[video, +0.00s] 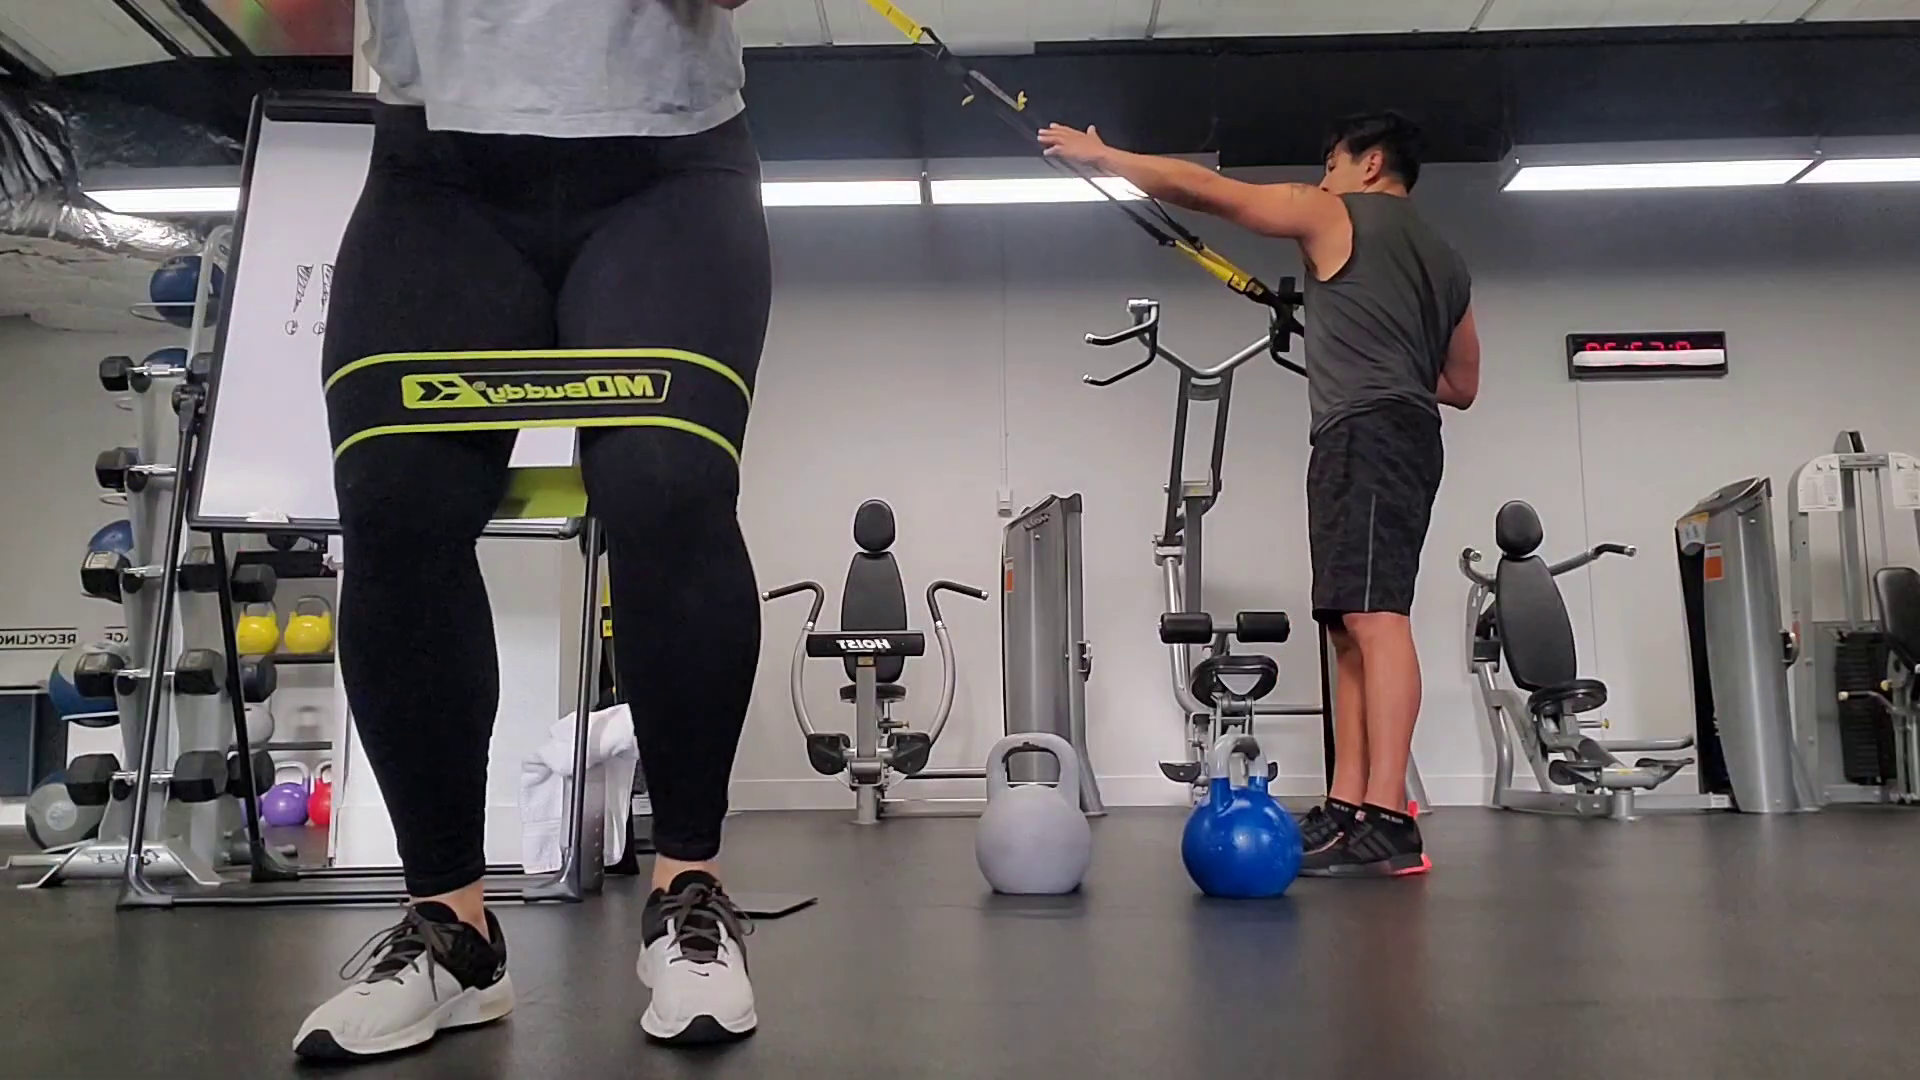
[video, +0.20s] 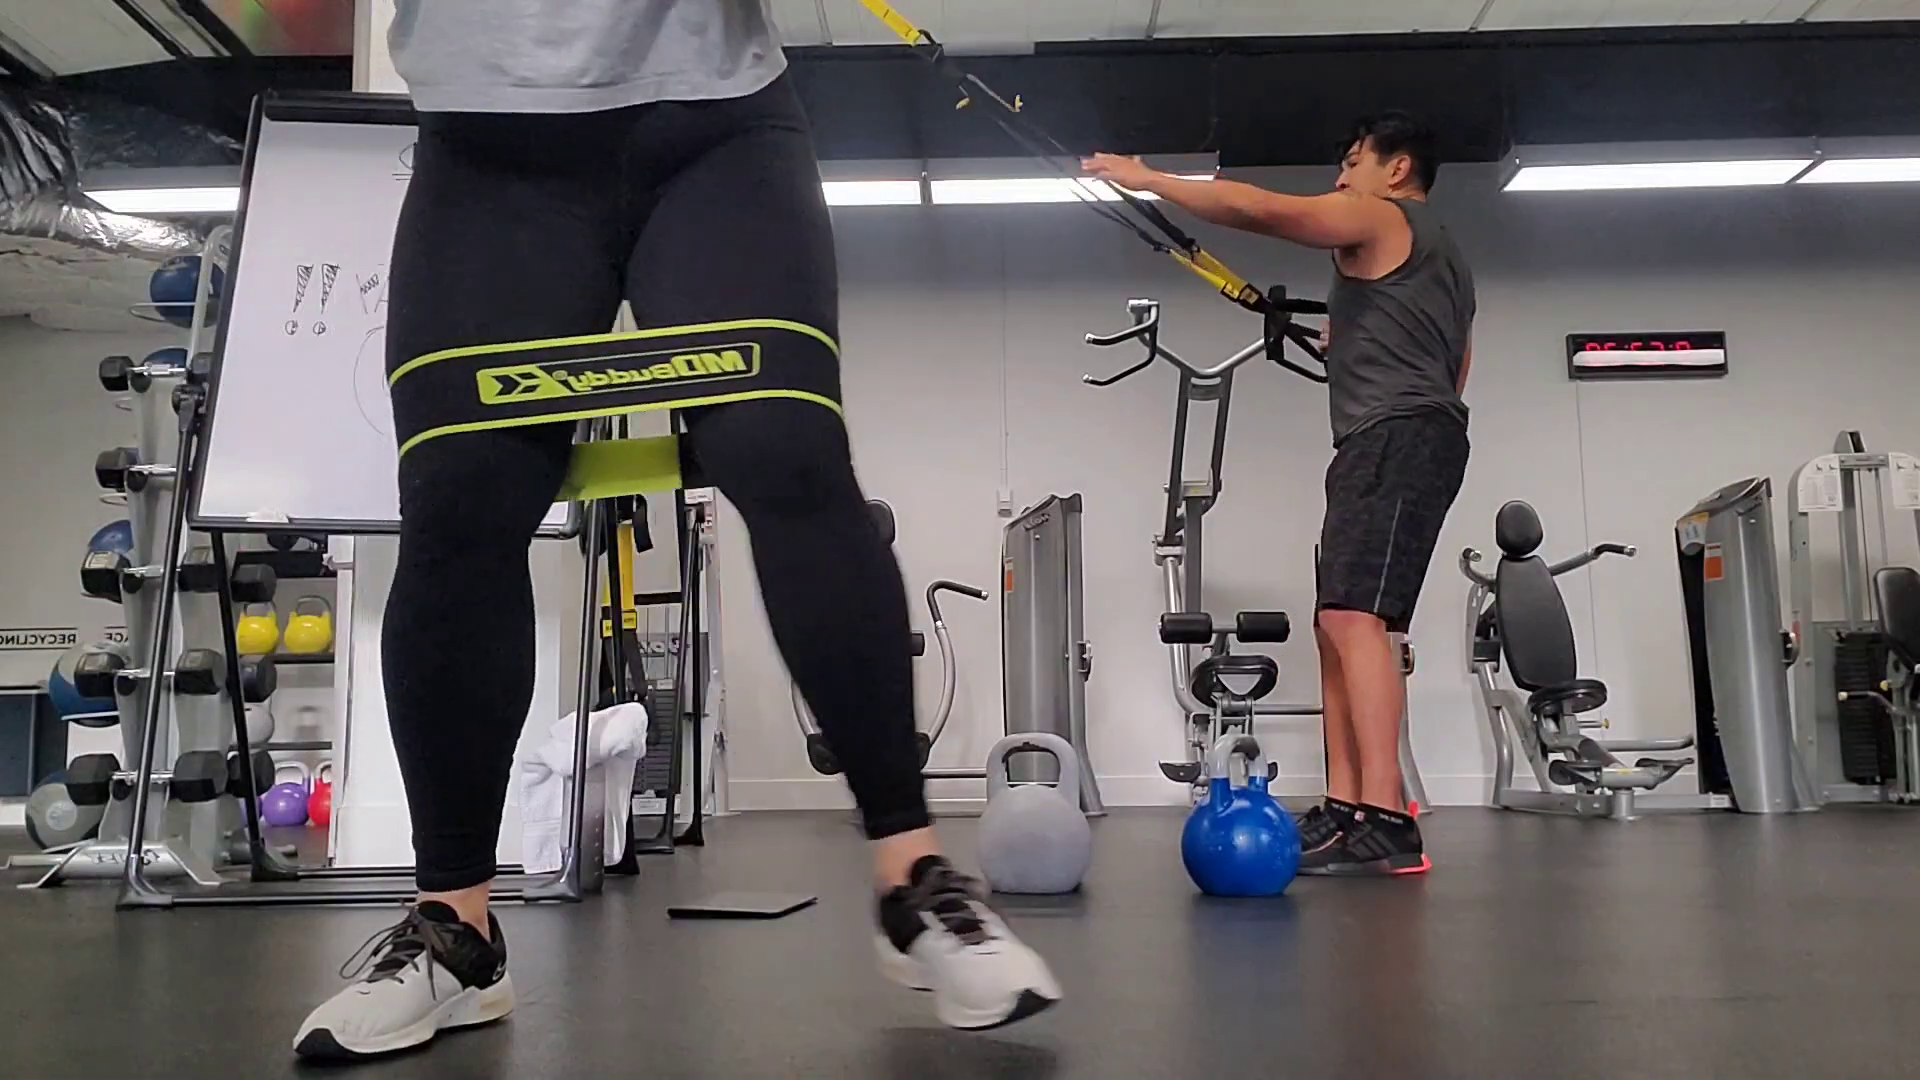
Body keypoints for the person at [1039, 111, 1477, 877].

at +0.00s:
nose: (1325, 179)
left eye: (1333, 165)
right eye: (1328, 167)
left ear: (1371, 160)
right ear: (1398, 171)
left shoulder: (1336, 212)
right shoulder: (1444, 260)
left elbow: (1213, 189)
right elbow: (1460, 386)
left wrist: (1102, 153)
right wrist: (1363, 355)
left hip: (1366, 430)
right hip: (1404, 432)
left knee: (1378, 618)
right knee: (1348, 623)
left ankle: (1389, 821)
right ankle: (1349, 808)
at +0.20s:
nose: (1340, 177)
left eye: (1353, 162)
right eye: (1345, 164)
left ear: (1398, 165)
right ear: (1408, 173)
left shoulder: (1379, 215)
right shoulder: (1444, 256)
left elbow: (1260, 210)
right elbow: (1451, 376)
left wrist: (1149, 179)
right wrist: (1352, 348)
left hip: (1398, 433)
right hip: (1405, 436)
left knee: (1353, 618)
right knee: (1336, 623)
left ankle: (1388, 819)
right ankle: (1348, 808)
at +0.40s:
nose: (1392, 220)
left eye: (1408, 205)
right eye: (1393, 208)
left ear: (1458, 216)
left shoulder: (1471, 274)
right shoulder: (1419, 311)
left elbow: (1418, 315)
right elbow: (1402, 430)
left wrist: (1285, 300)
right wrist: (1359, 373)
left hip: (1458, 492)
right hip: (1407, 500)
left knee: (1324, 626)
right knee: (1286, 633)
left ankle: (1387, 821)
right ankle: (1345, 811)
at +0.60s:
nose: (1474, 316)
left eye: (1492, 301)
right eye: (1474, 305)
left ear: (1544, 314)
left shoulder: (1572, 402)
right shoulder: (1482, 414)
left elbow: (1616, 494)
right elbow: (1391, 463)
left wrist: (1570, 512)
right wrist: (1355, 395)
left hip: (1499, 598)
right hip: (1444, 593)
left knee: (1323, 629)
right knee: (1271, 641)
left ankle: (1386, 823)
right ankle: (1337, 811)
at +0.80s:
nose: (1555, 417)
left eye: (1574, 403)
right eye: (1553, 406)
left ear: (1629, 419)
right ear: (1553, 418)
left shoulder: (1663, 529)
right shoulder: (1525, 495)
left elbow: (1736, 641)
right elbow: (1414, 479)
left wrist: (1800, 700)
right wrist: (1357, 406)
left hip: (1544, 703)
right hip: (1478, 688)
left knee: (1382, 620)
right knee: (1304, 640)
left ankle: (1394, 828)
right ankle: (1341, 812)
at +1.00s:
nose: (1604, 487)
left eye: (1626, 475)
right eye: (1602, 476)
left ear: (1678, 501)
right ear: (1599, 487)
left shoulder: (1702, 614)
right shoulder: (1546, 540)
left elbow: (1769, 736)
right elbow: (1437, 484)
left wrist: (1875, 809)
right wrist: (1360, 413)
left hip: (1561, 781)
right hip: (1479, 754)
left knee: (1462, 629)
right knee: (1351, 637)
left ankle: (1406, 824)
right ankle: (1342, 812)